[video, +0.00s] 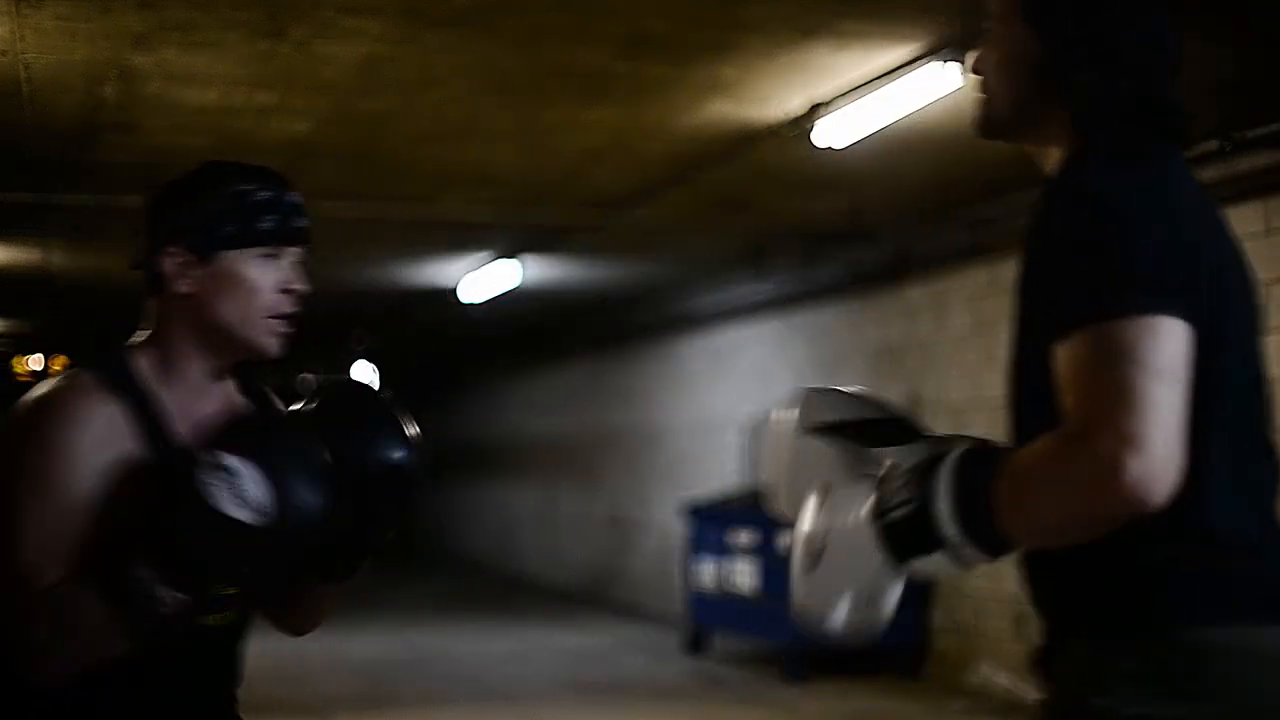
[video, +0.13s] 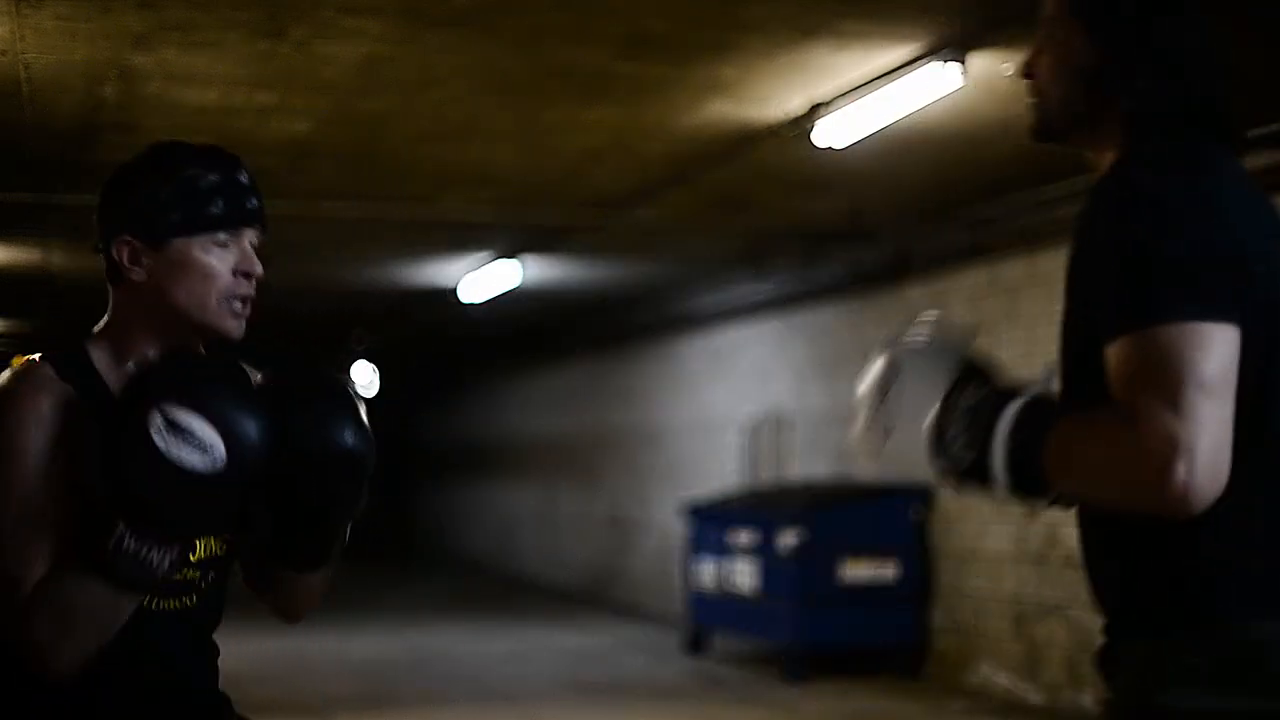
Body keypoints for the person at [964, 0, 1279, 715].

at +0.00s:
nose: (975, 59)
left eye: (994, 32)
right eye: (984, 35)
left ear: (1059, 45)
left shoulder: (1115, 197)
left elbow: (1129, 461)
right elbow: (1098, 449)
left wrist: (949, 501)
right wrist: (943, 467)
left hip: (1170, 662)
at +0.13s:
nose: (1026, 66)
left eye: (1051, 36)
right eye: (1037, 39)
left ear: (1118, 48)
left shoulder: (1170, 195)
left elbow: (1176, 460)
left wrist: (972, 422)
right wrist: (1000, 413)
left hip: (1212, 660)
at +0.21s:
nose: (1058, 65)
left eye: (1083, 36)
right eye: (1070, 38)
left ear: (1150, 47)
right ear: (1161, 49)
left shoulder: (1194, 191)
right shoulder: (1204, 184)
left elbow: (1190, 459)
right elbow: (1187, 447)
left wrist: (1006, 387)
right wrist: (1028, 372)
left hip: (1225, 662)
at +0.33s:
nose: (1078, 70)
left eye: (1101, 36)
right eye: (1090, 40)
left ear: (1172, 44)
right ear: (1171, 49)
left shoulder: (1222, 189)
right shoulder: (1214, 184)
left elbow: (1191, 461)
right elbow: (1185, 446)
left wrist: (1011, 364)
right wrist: (1030, 353)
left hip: (1225, 661)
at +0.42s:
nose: (1069, 69)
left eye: (1094, 36)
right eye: (1082, 38)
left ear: (1167, 46)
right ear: (1169, 50)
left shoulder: (1212, 190)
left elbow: (1175, 464)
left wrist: (1001, 354)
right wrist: (1026, 341)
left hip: (1207, 662)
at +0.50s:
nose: (1042, 66)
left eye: (1069, 37)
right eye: (1054, 39)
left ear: (1136, 49)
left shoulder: (1168, 197)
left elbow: (1095, 448)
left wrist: (958, 339)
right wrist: (1014, 317)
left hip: (1174, 653)